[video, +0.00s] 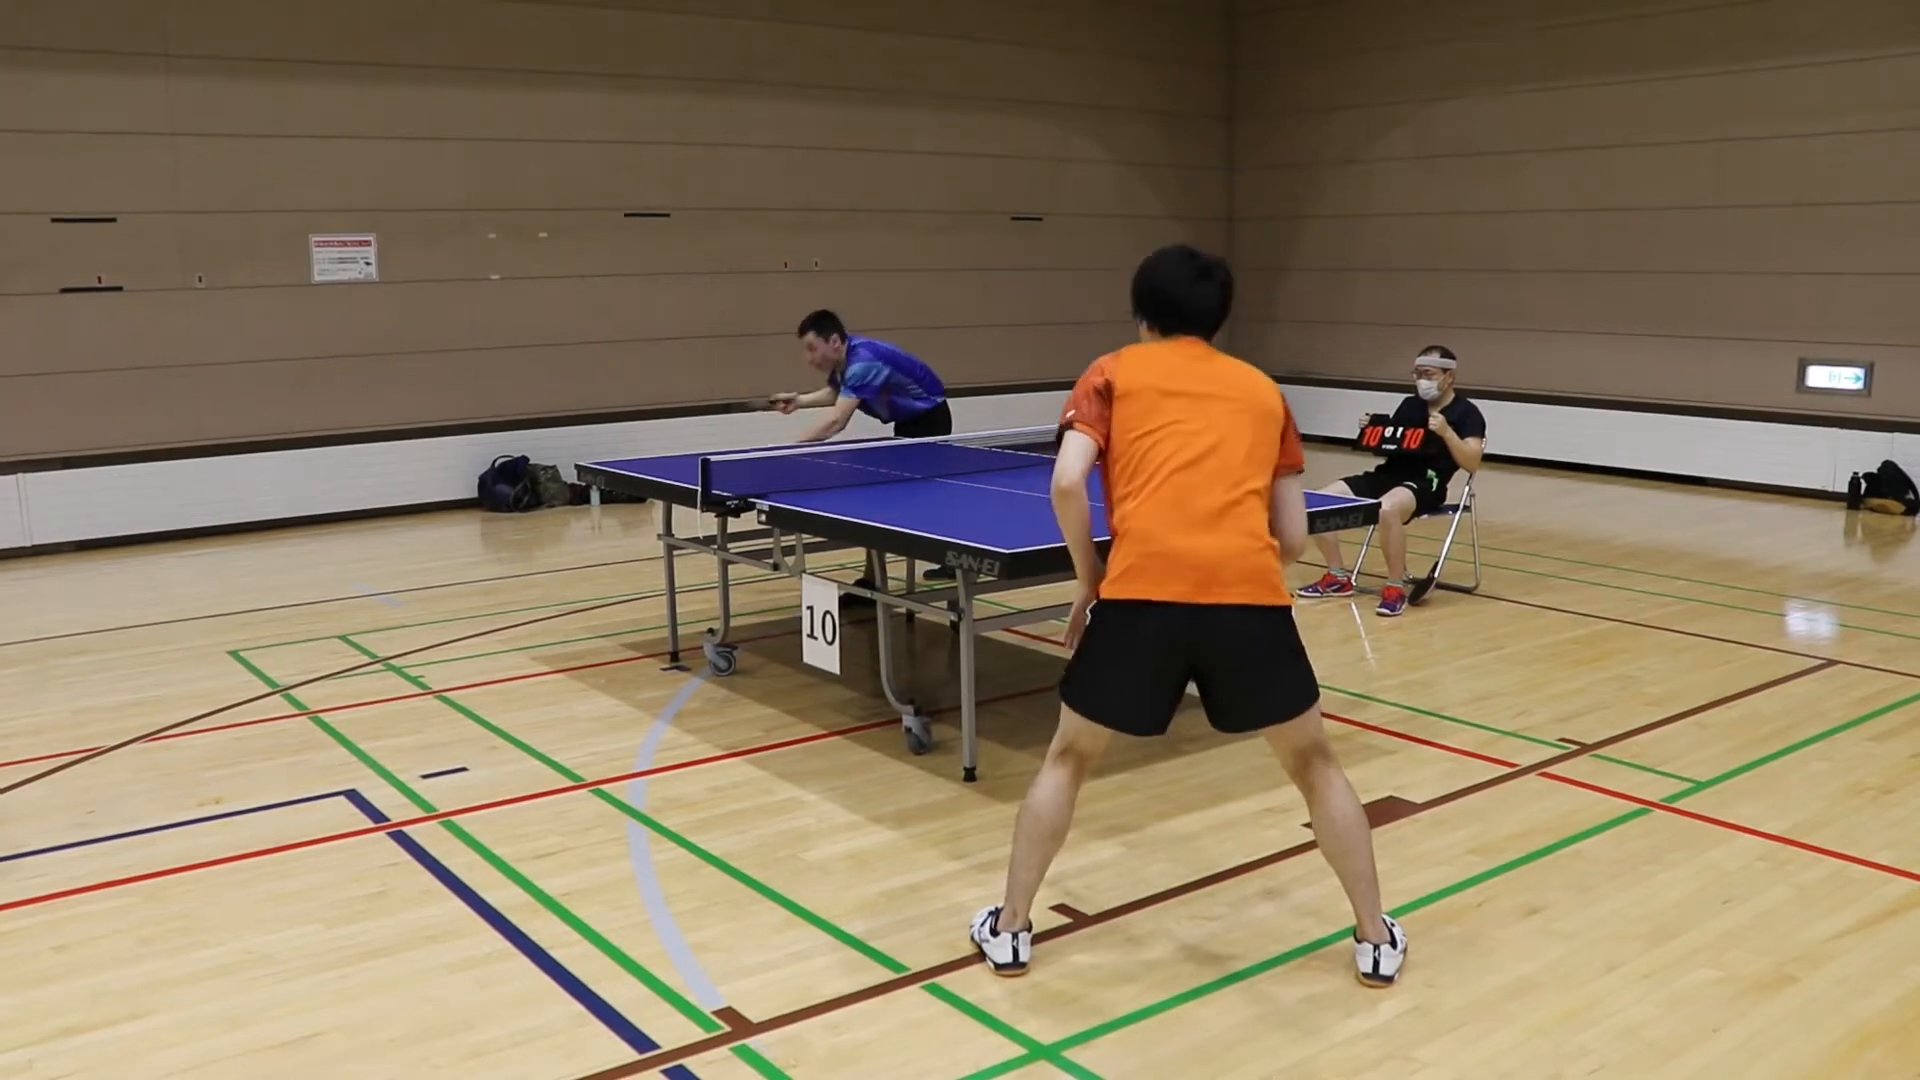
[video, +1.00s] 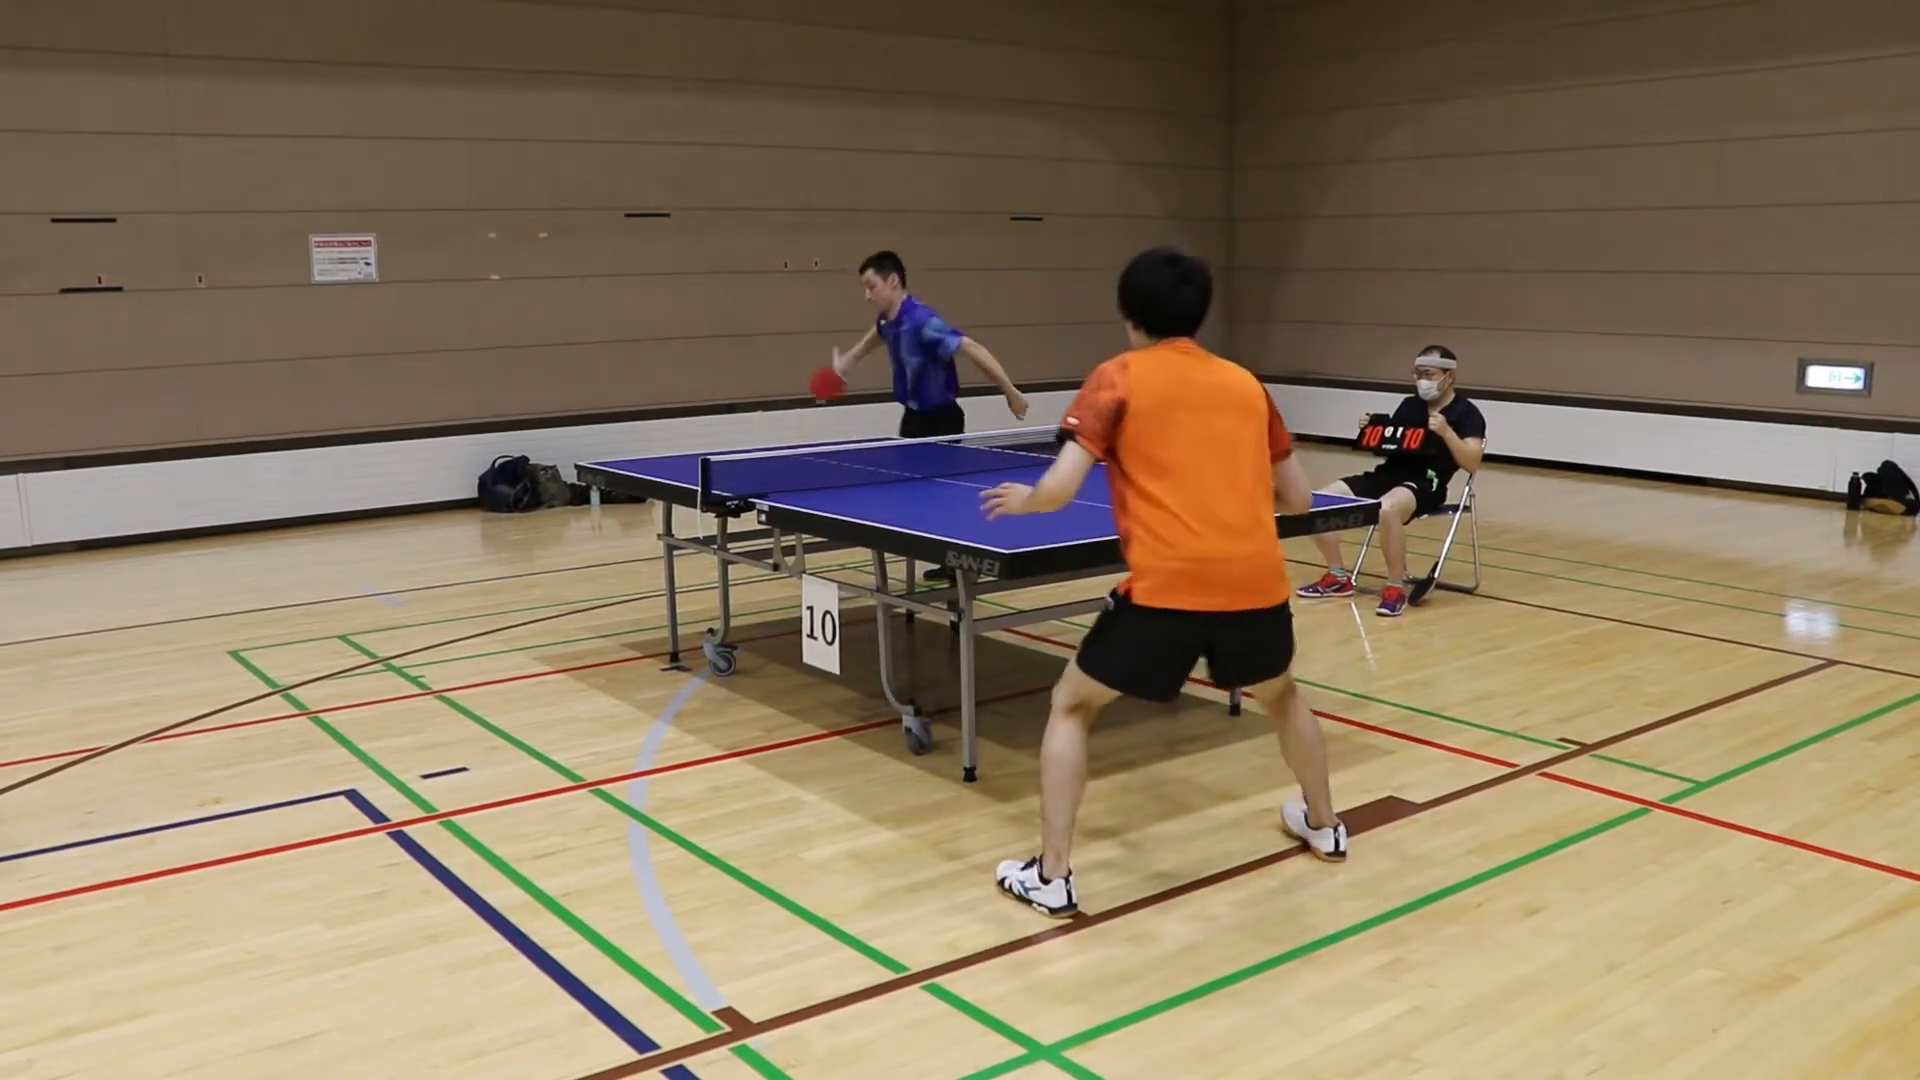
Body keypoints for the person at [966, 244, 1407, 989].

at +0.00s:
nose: (1136, 324)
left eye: (1137, 312)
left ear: (1143, 314)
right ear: (1220, 316)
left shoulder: (1114, 372)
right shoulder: (1262, 390)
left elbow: (1066, 483)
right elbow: (1292, 537)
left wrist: (1088, 581)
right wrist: (1222, 567)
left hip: (1140, 601)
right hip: (1249, 607)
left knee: (1069, 758)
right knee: (1313, 761)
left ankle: (1011, 928)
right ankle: (1377, 937)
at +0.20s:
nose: (1184, 291)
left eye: (1187, 280)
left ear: (1194, 289)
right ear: (1272, 296)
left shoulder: (1155, 353)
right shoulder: (1302, 383)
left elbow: (1092, 465)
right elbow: (1331, 526)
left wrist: (1098, 539)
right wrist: (1299, 541)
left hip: (1159, 598)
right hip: (1267, 604)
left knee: (1086, 751)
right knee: (1325, 755)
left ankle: (1018, 924)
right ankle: (1376, 936)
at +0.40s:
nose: (1215, 279)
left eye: (1217, 268)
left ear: (1223, 274)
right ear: (1300, 283)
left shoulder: (1189, 339)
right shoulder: (1332, 368)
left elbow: (1141, 447)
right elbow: (1357, 507)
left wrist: (1104, 512)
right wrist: (1294, 519)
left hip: (1191, 580)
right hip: (1296, 591)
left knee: (1107, 708)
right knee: (1340, 750)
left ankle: (1053, 875)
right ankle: (1376, 936)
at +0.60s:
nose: (1175, 282)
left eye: (1180, 272)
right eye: (1184, 271)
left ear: (1188, 281)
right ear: (1260, 286)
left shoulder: (1161, 349)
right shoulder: (1298, 366)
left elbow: (1128, 459)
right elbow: (1328, 499)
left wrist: (1082, 518)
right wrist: (1270, 522)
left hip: (1187, 586)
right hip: (1289, 593)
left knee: (1107, 717)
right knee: (1330, 747)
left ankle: (1059, 873)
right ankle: (1373, 933)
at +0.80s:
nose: (1122, 304)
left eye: (1125, 295)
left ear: (1131, 299)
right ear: (1201, 302)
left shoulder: (1108, 369)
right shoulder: (1243, 375)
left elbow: (1063, 478)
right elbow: (1291, 499)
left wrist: (1023, 521)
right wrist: (1229, 498)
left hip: (1151, 587)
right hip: (1249, 583)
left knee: (1074, 712)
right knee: (1295, 694)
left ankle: (1052, 873)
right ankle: (1341, 844)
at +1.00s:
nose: (1120, 319)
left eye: (1123, 310)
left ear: (1131, 314)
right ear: (1198, 315)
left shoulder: (1119, 378)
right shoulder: (1246, 386)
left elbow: (1058, 491)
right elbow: (1296, 497)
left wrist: (1025, 499)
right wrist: (1229, 486)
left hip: (1163, 598)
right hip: (1256, 594)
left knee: (1072, 705)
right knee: (1285, 698)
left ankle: (1052, 873)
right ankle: (1325, 823)